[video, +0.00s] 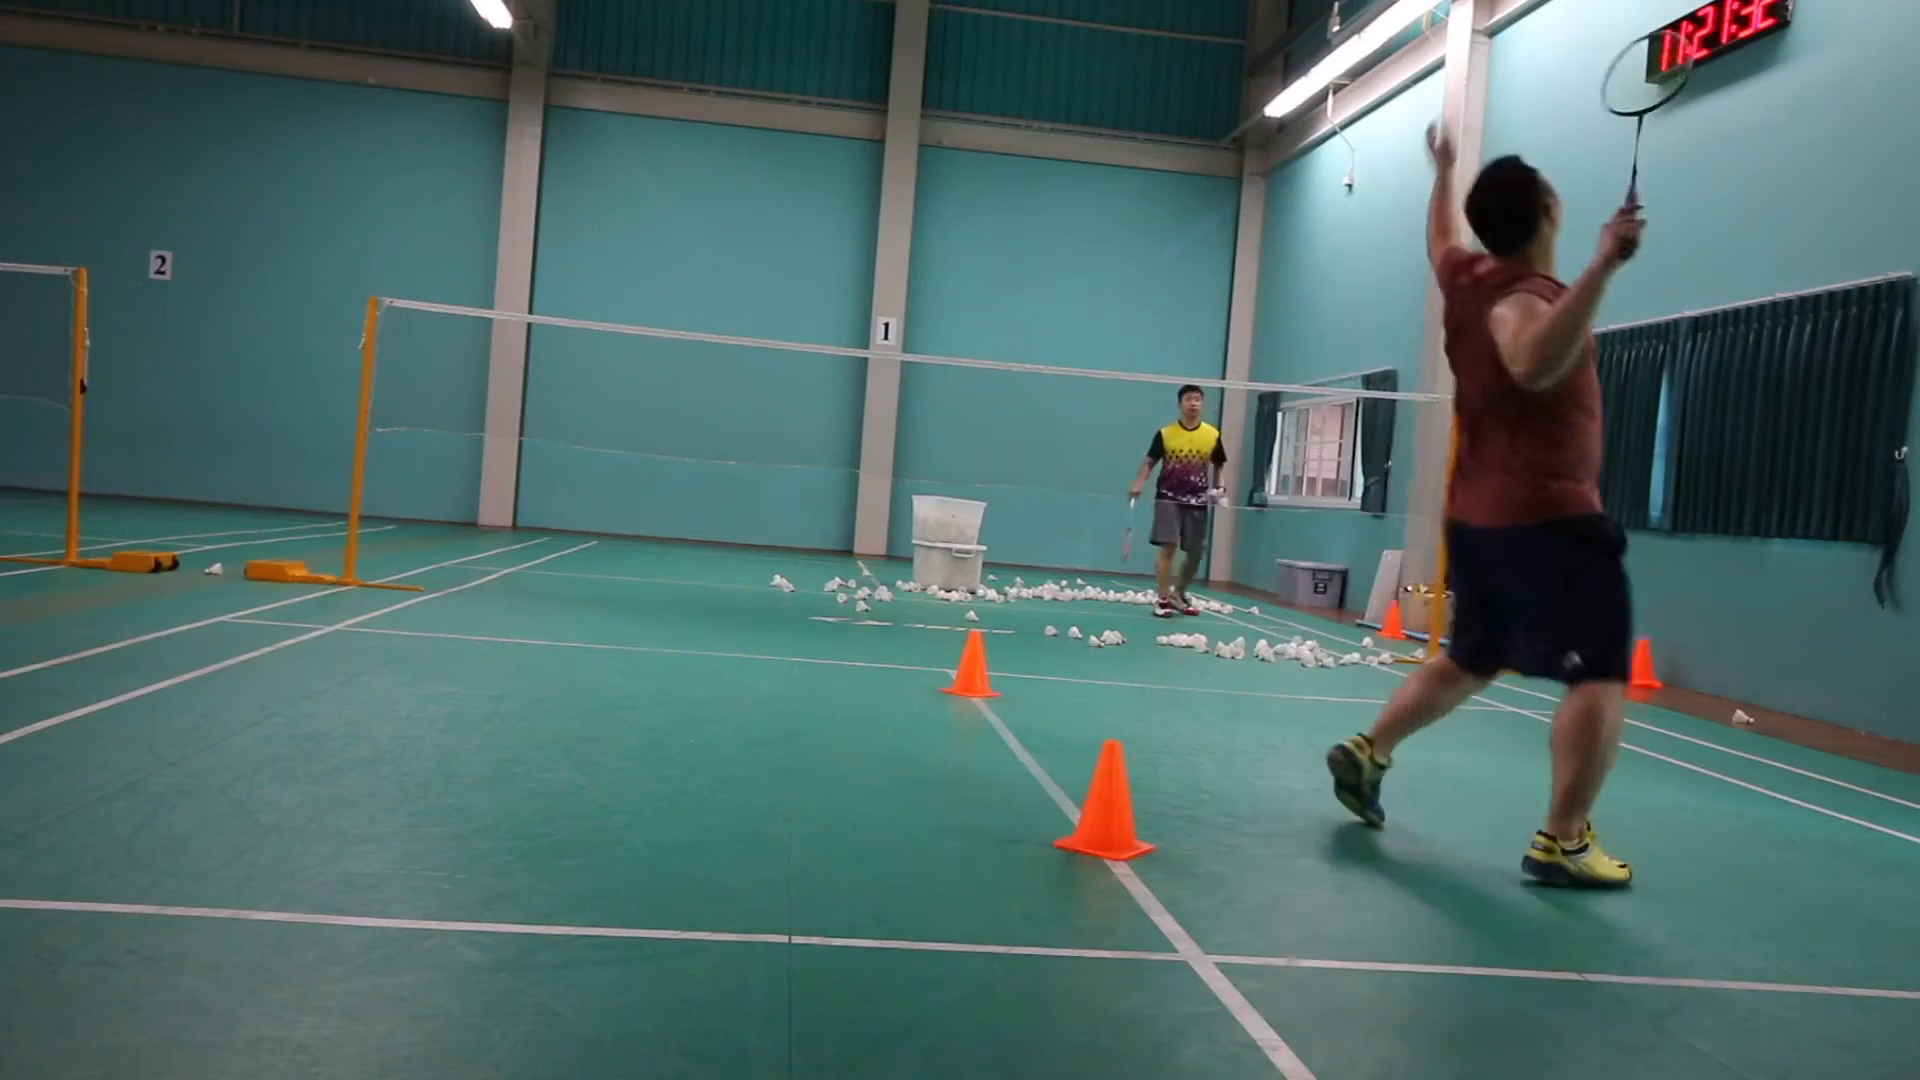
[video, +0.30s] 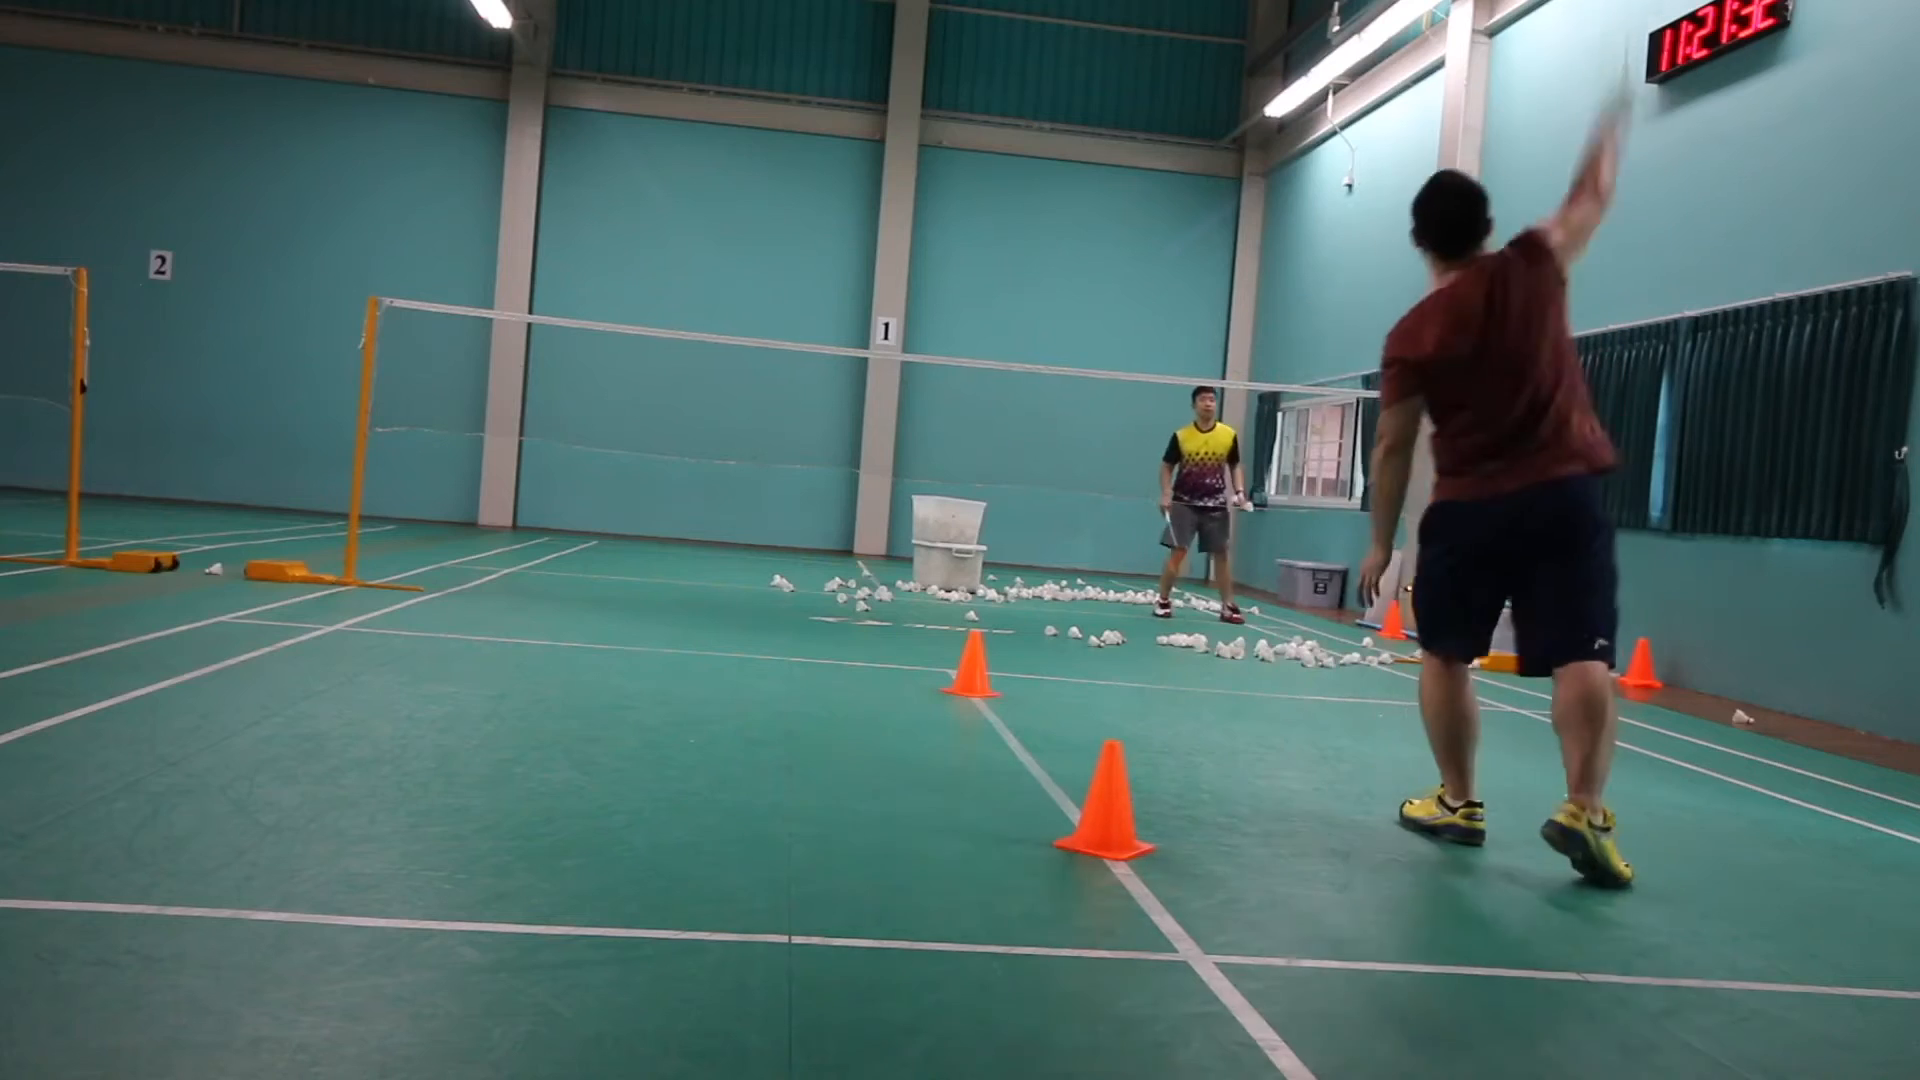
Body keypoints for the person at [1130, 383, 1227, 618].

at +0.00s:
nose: (1193, 404)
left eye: (1197, 399)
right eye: (1188, 399)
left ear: (1202, 404)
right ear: (1180, 404)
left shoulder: (1212, 435)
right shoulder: (1165, 434)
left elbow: (1219, 465)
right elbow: (1150, 462)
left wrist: (1219, 486)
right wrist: (1138, 484)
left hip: (1198, 501)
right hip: (1169, 498)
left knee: (1194, 554)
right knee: (1168, 547)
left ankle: (1179, 593)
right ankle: (1163, 597)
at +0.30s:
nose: (1209, 404)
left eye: (1212, 400)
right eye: (1204, 400)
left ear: (1217, 405)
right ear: (1194, 405)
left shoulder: (1229, 436)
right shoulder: (1181, 437)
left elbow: (1235, 465)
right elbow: (1167, 466)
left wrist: (1239, 492)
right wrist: (1166, 493)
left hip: (1216, 506)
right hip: (1185, 503)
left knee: (1222, 555)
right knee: (1178, 551)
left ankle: (1228, 605)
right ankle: (1164, 599)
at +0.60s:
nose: (1236, 417)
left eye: (1240, 412)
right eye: (1232, 411)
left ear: (1245, 415)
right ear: (1222, 413)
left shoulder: (1249, 440)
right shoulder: (1206, 439)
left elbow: (1252, 468)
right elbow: (1188, 464)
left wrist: (1261, 490)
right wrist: (1200, 484)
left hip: (1229, 506)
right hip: (1200, 504)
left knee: (1232, 555)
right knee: (1187, 549)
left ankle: (1229, 605)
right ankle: (1169, 597)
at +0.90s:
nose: (1220, 415)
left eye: (1224, 409)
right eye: (1217, 408)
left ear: (1227, 411)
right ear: (1209, 410)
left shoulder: (1230, 437)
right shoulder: (1197, 435)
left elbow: (1234, 467)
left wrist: (1244, 495)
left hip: (1222, 503)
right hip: (1198, 501)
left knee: (1222, 556)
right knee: (1195, 557)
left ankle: (1226, 602)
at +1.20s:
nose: (1221, 410)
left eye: (1226, 406)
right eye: (1217, 405)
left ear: (1234, 410)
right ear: (1210, 409)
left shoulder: (1246, 438)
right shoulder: (1197, 441)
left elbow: (1254, 466)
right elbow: (1184, 475)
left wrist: (1264, 492)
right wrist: (1175, 508)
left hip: (1235, 510)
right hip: (1203, 508)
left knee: (1234, 558)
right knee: (1192, 554)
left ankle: (1227, 606)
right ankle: (1172, 601)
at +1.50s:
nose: (1242, 412)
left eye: (1246, 408)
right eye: (1237, 407)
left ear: (1250, 412)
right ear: (1228, 411)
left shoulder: (1255, 439)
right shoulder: (1214, 442)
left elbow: (1257, 469)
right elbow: (1204, 480)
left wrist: (1272, 496)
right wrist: (1222, 507)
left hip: (1236, 504)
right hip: (1210, 503)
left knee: (1234, 556)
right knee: (1211, 552)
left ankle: (1227, 605)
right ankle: (1200, 605)